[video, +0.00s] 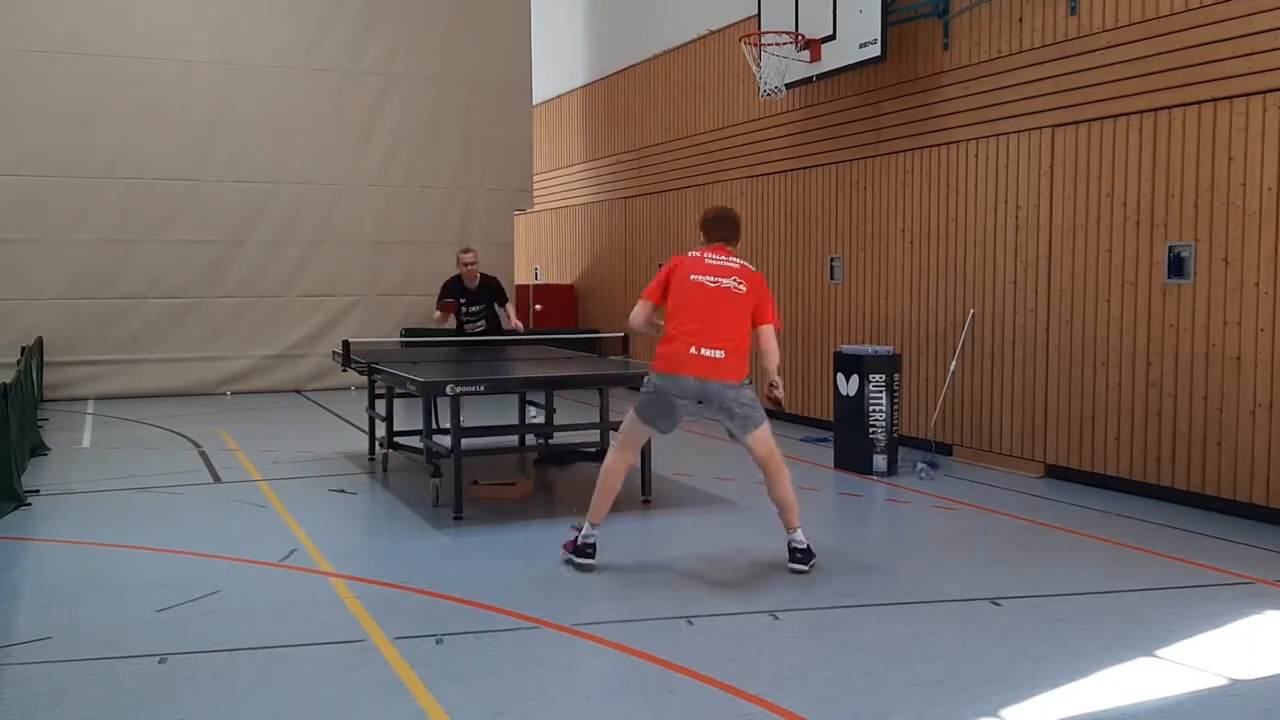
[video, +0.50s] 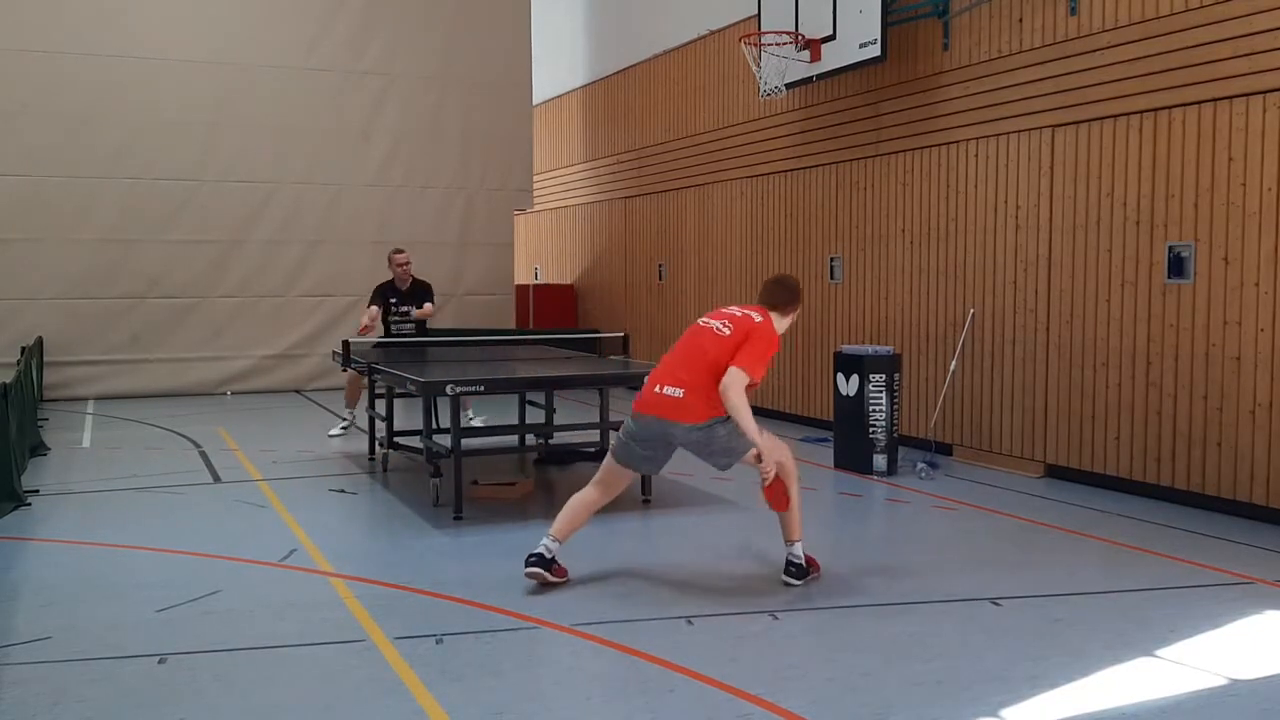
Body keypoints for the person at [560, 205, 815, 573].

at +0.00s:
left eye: (701, 236)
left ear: (701, 236)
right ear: (738, 239)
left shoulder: (678, 264)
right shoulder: (753, 277)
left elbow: (637, 320)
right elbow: (768, 348)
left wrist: (662, 327)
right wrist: (773, 377)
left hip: (671, 375)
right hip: (728, 380)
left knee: (624, 449)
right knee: (770, 460)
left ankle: (586, 537)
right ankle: (798, 543)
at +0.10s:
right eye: (751, 251)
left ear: (717, 249)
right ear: (753, 251)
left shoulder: (688, 277)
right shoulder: (761, 288)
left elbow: (659, 333)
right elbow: (765, 346)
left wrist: (682, 368)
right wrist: (781, 394)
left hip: (669, 385)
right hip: (725, 391)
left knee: (617, 464)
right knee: (772, 465)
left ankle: (572, 549)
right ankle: (794, 552)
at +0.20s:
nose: (764, 284)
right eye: (765, 278)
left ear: (728, 272)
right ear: (762, 279)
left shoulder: (699, 296)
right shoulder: (760, 307)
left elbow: (697, 356)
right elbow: (752, 367)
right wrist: (781, 425)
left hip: (663, 406)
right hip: (720, 412)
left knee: (608, 485)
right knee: (782, 466)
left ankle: (562, 558)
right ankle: (797, 555)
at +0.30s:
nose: (775, 301)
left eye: (774, 296)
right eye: (778, 296)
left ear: (740, 285)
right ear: (773, 293)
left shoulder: (707, 307)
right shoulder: (759, 321)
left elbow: (696, 367)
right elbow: (739, 376)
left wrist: (753, 385)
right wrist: (770, 440)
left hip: (656, 412)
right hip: (710, 420)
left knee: (600, 489)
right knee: (785, 459)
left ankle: (552, 552)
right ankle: (798, 557)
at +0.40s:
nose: (784, 310)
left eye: (784, 305)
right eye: (787, 304)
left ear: (750, 292)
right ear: (785, 301)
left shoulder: (715, 308)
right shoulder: (762, 325)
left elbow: (694, 369)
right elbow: (731, 379)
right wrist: (757, 441)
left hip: (649, 408)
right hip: (700, 416)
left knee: (599, 488)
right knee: (782, 457)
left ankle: (547, 551)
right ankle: (797, 559)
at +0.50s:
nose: (792, 323)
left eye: (793, 316)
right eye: (794, 317)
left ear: (759, 299)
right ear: (791, 313)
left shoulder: (721, 313)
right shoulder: (766, 331)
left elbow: (690, 368)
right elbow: (732, 386)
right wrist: (759, 443)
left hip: (648, 410)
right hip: (698, 415)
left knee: (599, 489)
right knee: (783, 459)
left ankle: (543, 552)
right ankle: (796, 559)